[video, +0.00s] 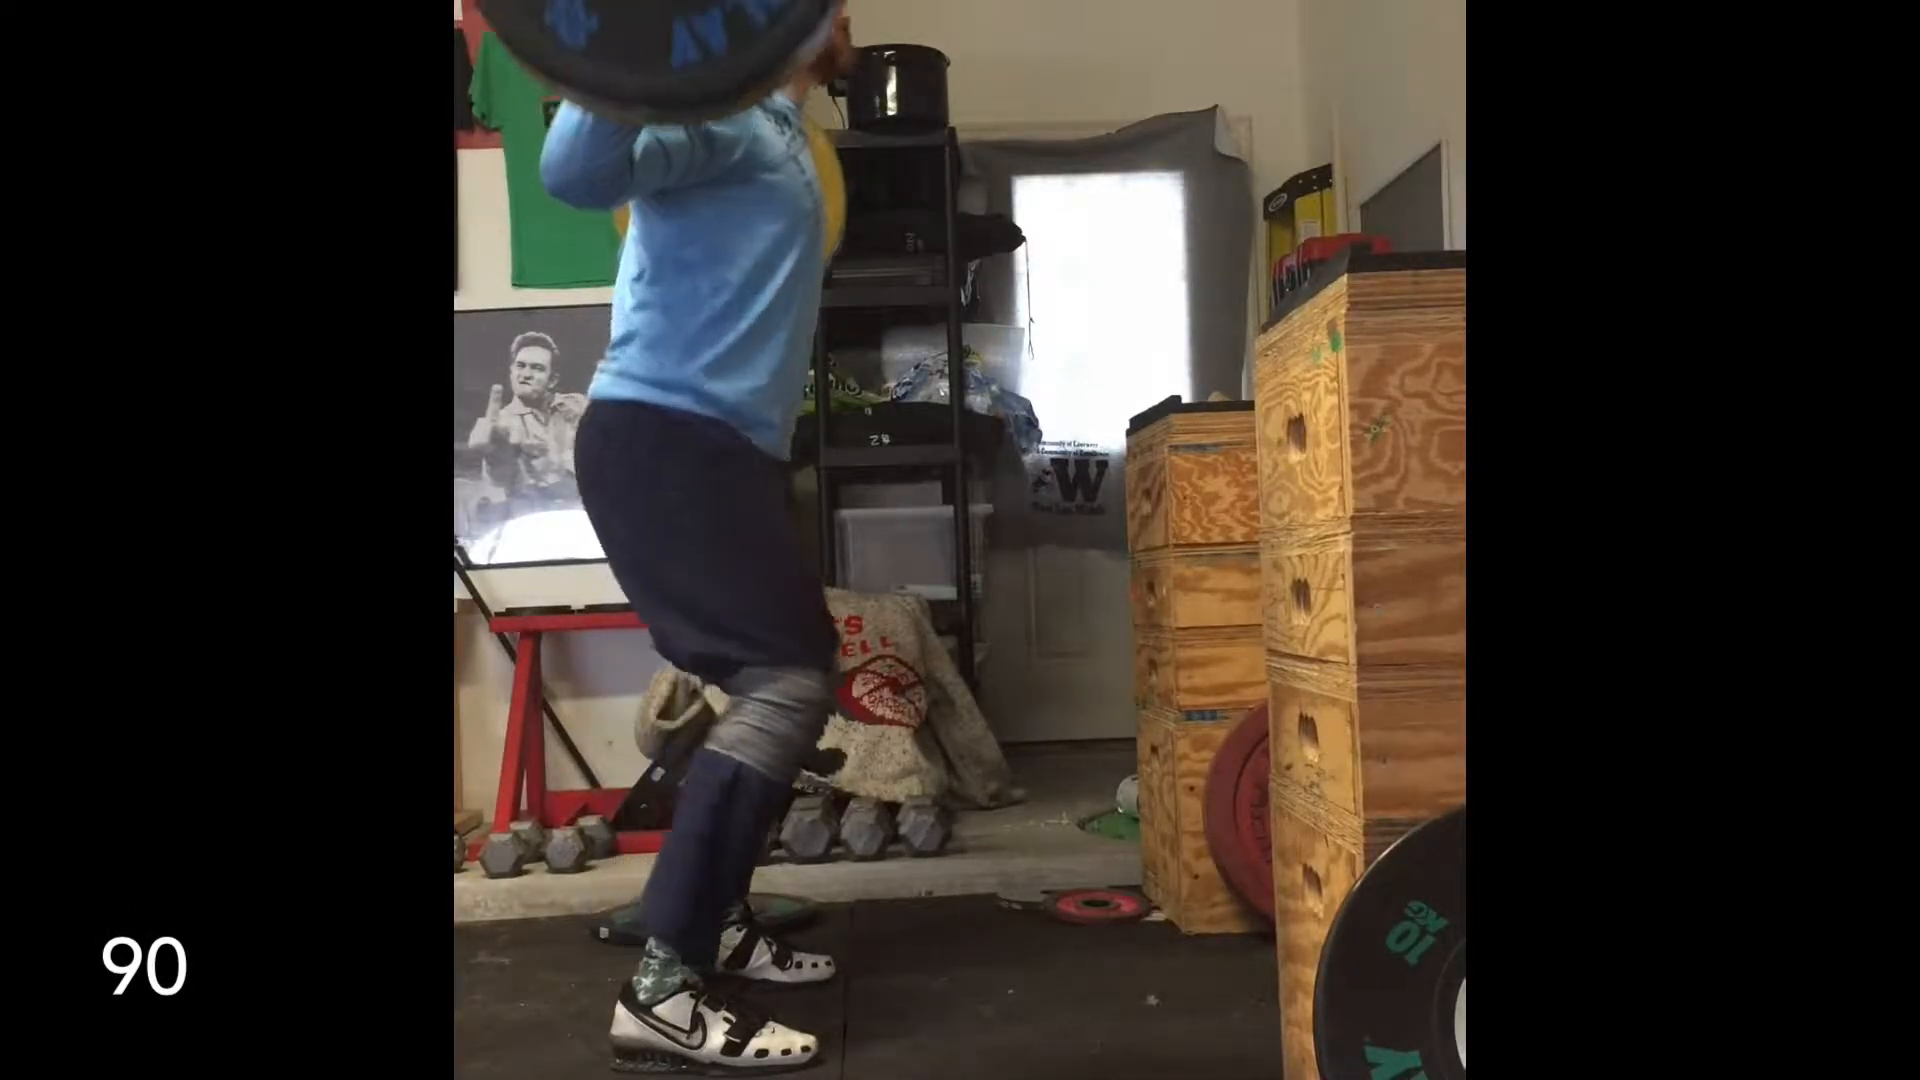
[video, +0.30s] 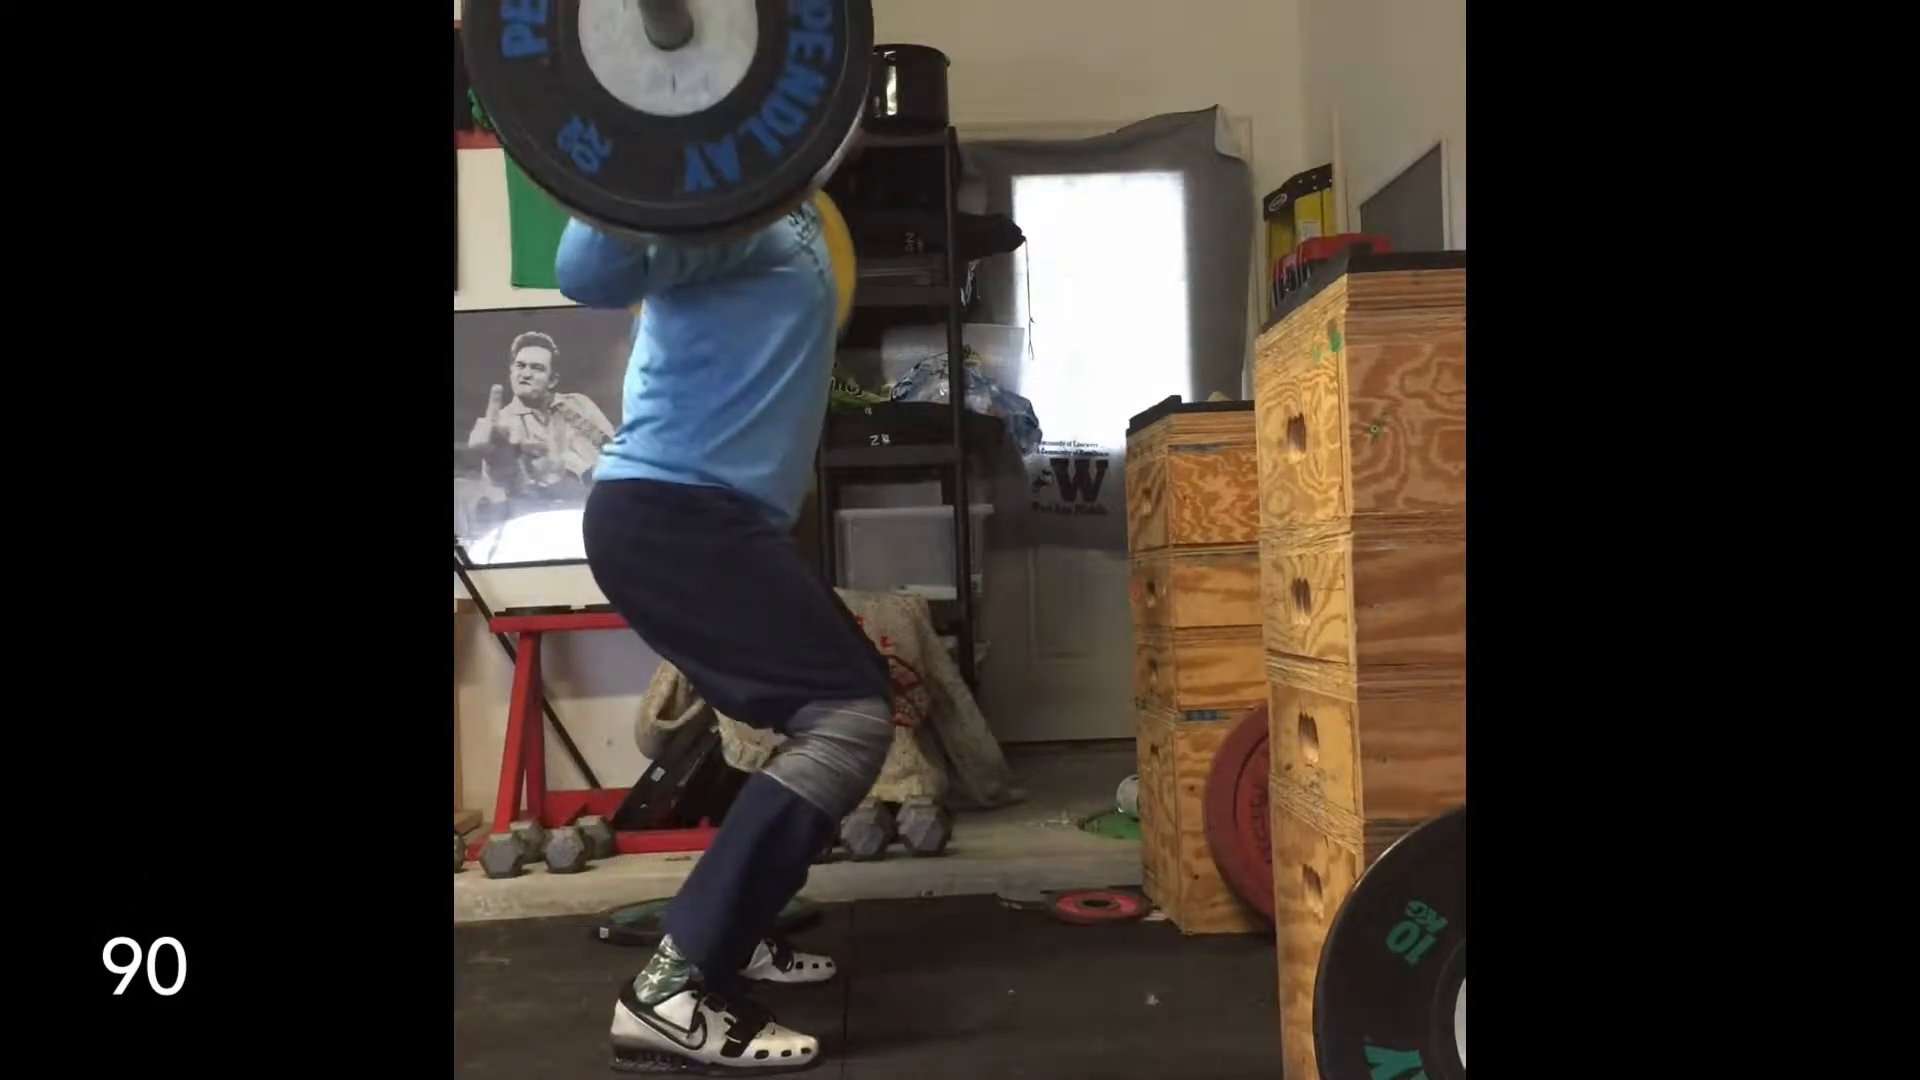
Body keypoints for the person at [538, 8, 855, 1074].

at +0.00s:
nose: (845, 32)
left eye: (842, 18)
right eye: (832, 16)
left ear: (799, 36)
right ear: (788, 24)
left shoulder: (790, 129)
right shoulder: (720, 118)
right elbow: (573, 171)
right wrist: (631, 38)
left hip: (721, 442)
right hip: (665, 436)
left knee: (776, 677)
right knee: (785, 681)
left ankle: (711, 915)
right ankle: (665, 978)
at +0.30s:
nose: (827, 125)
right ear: (755, 114)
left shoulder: (800, 214)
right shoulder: (726, 207)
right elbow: (586, 271)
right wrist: (645, 142)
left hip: (718, 510)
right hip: (673, 509)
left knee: (837, 707)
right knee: (849, 721)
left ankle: (737, 925)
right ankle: (674, 984)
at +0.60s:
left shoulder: (791, 66)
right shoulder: (727, 55)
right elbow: (609, 131)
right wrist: (640, 21)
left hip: (762, 393)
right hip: (701, 387)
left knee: (755, 658)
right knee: (746, 659)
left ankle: (705, 920)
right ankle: (659, 980)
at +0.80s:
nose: (878, 115)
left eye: (879, 94)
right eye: (866, 90)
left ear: (814, 89)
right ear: (805, 80)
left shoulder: (805, 196)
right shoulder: (733, 163)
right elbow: (678, 29)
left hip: (686, 488)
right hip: (631, 488)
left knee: (805, 684)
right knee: (799, 704)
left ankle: (713, 922)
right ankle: (664, 988)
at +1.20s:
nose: (877, 277)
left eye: (879, 257)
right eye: (867, 253)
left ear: (821, 247)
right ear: (804, 237)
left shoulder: (811, 348)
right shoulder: (734, 309)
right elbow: (727, 173)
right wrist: (717, 40)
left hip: (697, 613)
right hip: (614, 611)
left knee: (842, 703)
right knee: (827, 730)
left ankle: (739, 915)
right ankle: (665, 987)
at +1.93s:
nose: (905, 437)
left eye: (905, 417)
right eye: (892, 414)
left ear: (839, 409)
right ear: (832, 404)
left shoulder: (838, 513)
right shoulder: (756, 475)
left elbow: (772, 655)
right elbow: (756, 343)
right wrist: (737, 174)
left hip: (697, 760)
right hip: (615, 777)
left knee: (863, 712)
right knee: (851, 756)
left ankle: (749, 935)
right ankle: (674, 989)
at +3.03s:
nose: (907, 315)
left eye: (912, 294)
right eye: (894, 289)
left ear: (855, 288)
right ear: (833, 279)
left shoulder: (846, 402)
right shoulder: (756, 349)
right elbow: (752, 215)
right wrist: (740, 67)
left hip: (710, 646)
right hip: (626, 636)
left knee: (863, 722)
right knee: (846, 733)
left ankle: (752, 922)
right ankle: (669, 986)